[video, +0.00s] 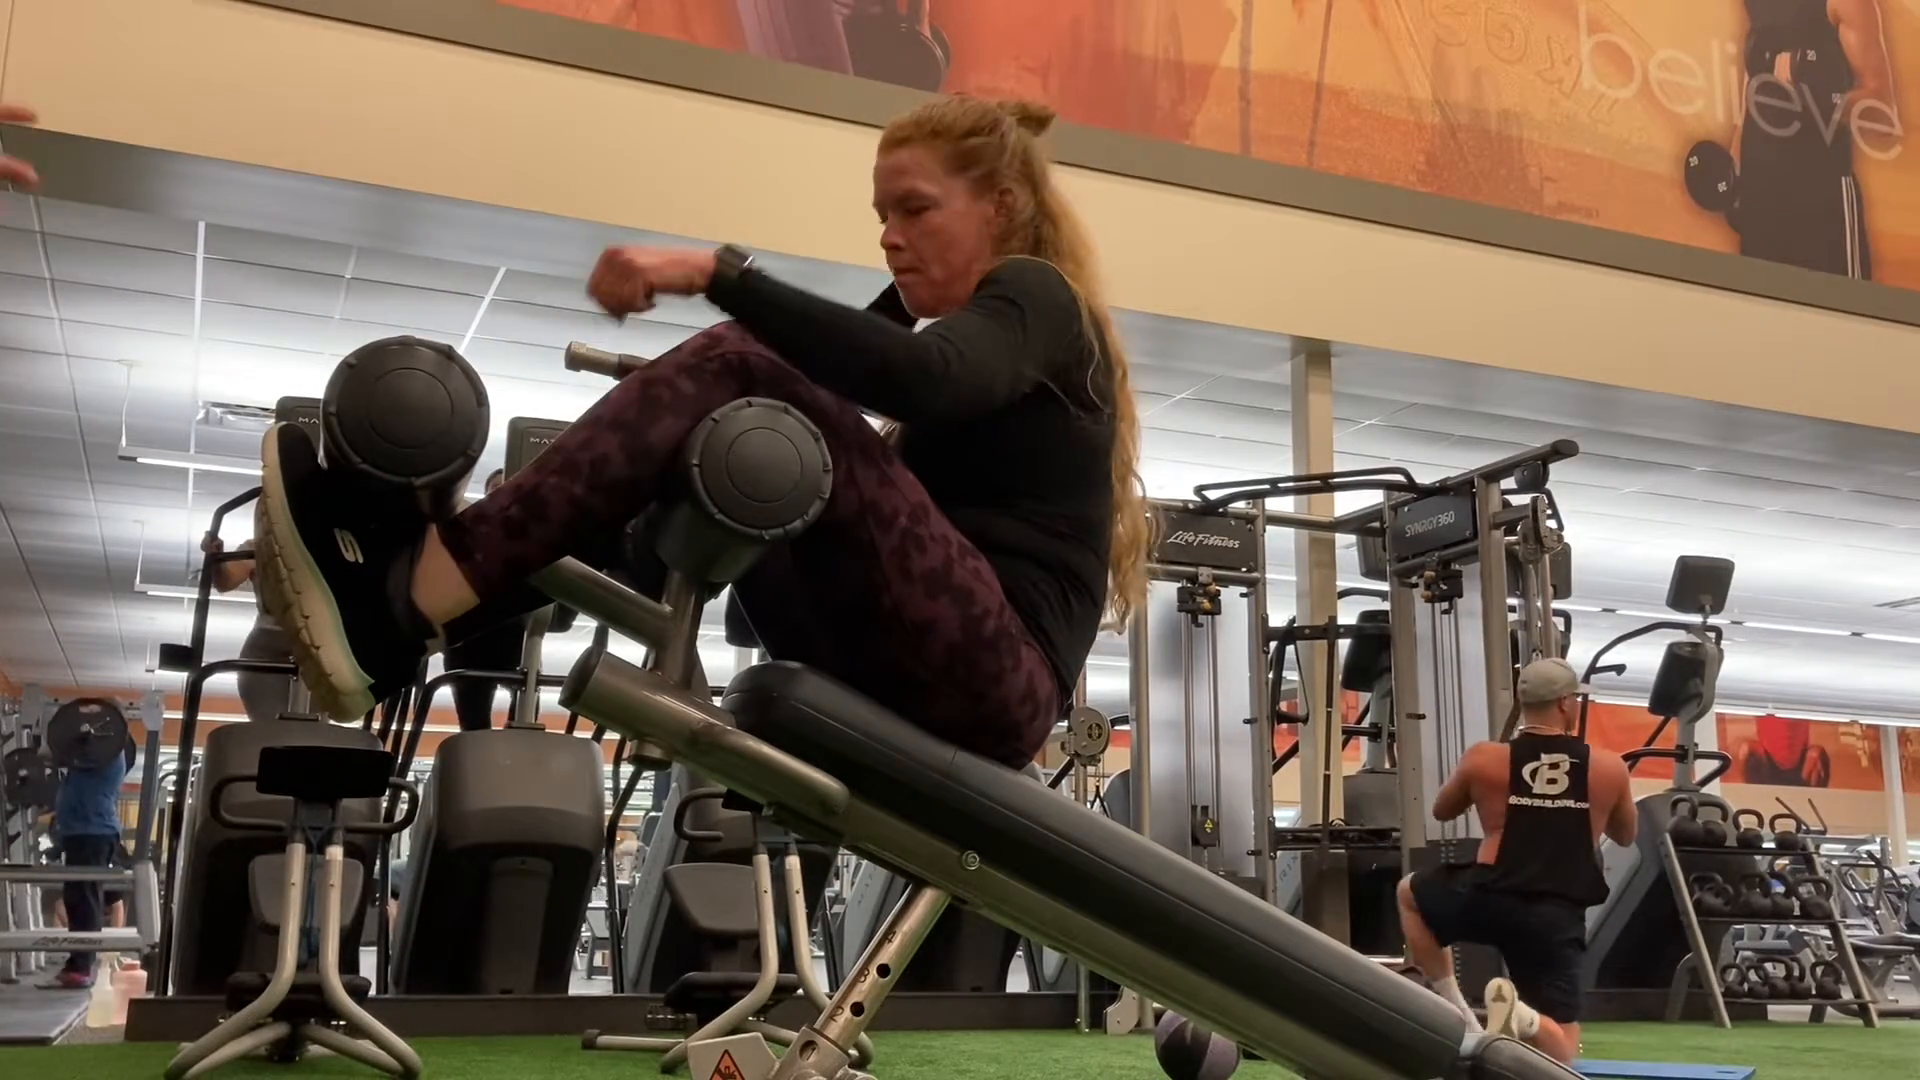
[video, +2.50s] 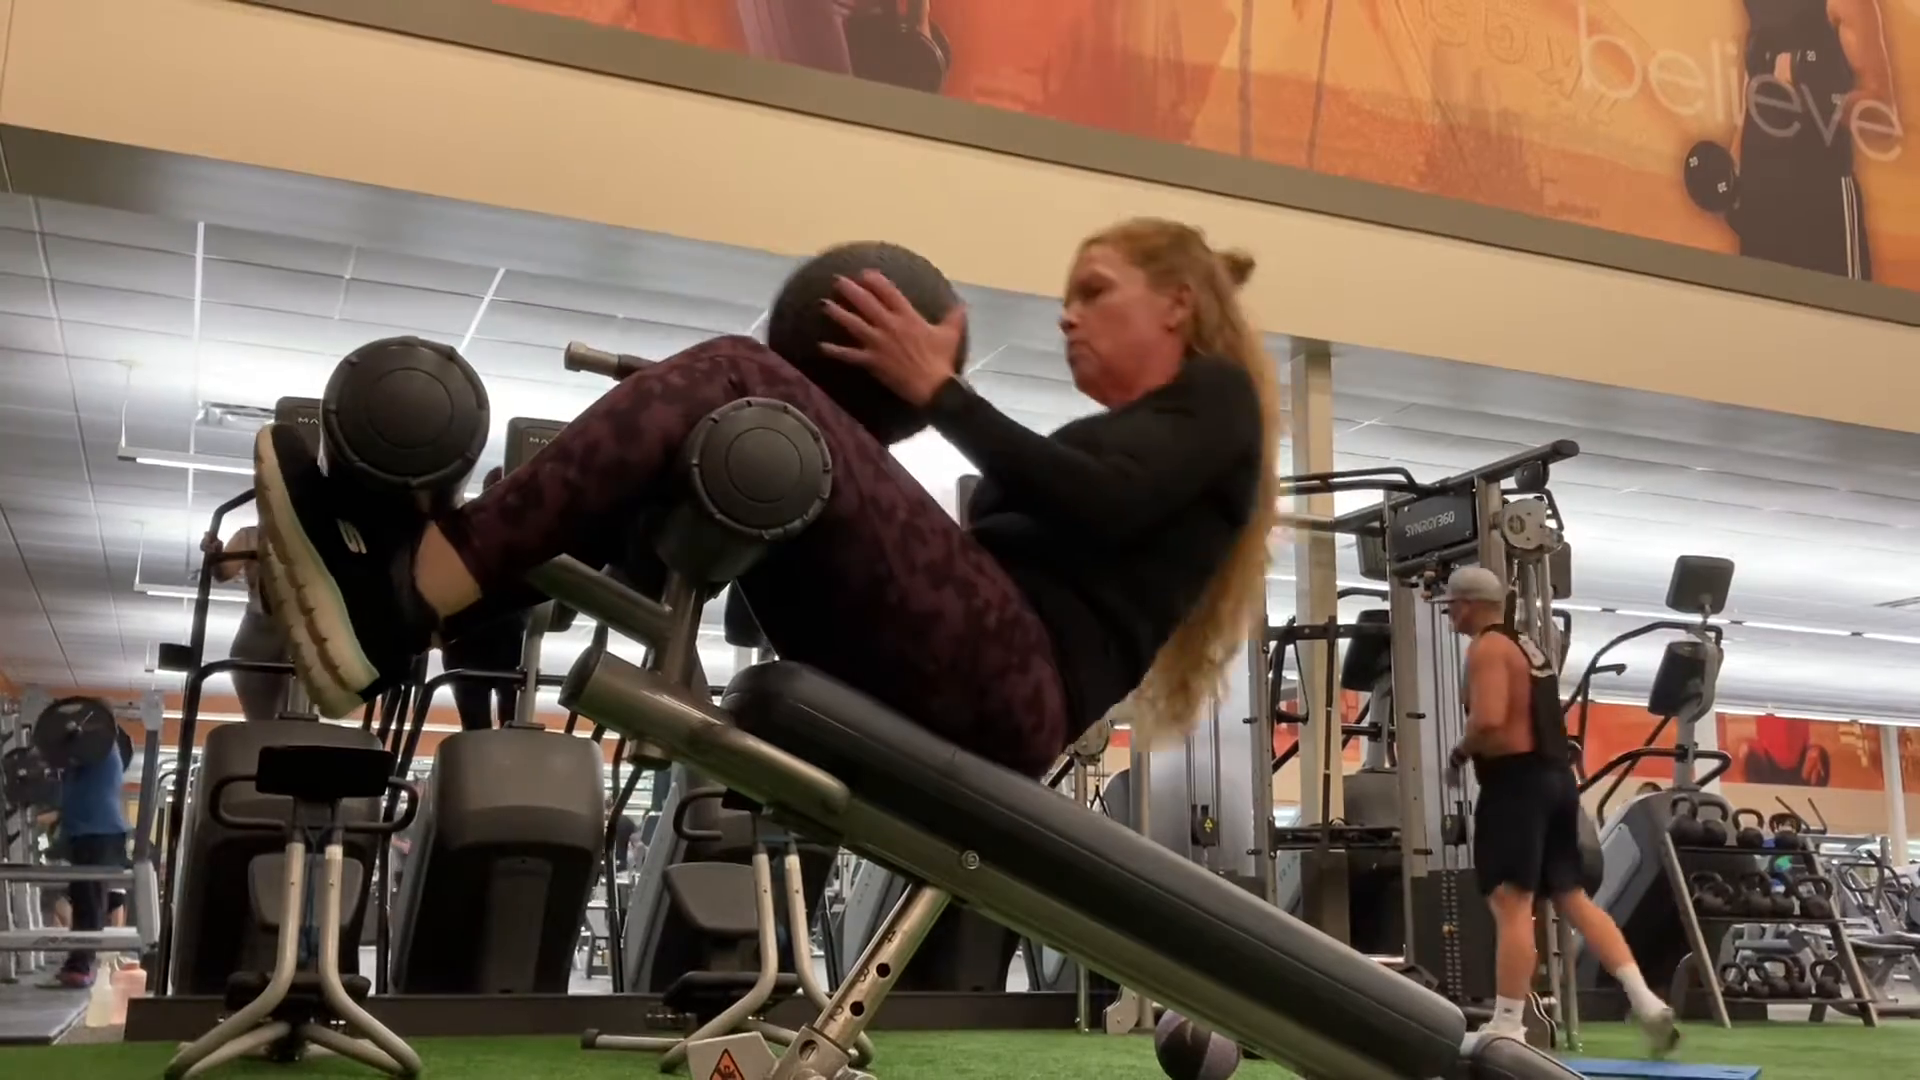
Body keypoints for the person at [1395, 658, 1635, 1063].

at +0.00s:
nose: (1578, 705)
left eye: (1577, 698)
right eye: (1575, 698)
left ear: (1522, 702)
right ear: (1565, 703)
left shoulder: (1484, 758)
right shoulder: (1608, 767)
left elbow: (1442, 810)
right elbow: (1625, 835)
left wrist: (1482, 783)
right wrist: (1591, 793)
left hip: (1488, 897)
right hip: (1556, 912)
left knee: (1410, 895)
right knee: (1566, 1049)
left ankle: (1455, 1009)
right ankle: (1520, 1015)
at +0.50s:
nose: (1549, 671)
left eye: (1547, 662)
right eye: (1545, 662)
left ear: (1495, 671)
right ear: (1528, 668)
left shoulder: (1458, 722)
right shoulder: (1573, 721)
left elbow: (1437, 789)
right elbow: (1613, 792)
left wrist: (1481, 768)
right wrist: (1582, 764)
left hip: (1467, 848)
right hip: (1531, 849)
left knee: (1478, 922)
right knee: (1542, 986)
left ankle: (1499, 1020)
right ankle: (1509, 1009)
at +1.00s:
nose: (1550, 593)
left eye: (1548, 586)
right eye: (1547, 586)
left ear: (1495, 592)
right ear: (1534, 587)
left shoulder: (1465, 647)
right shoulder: (1557, 632)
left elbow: (1464, 712)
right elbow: (1611, 695)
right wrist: (1600, 658)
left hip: (1488, 778)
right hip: (1550, 768)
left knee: (1501, 901)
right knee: (1640, 850)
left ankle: (1502, 1027)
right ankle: (1674, 966)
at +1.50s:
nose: (1597, 604)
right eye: (1604, 595)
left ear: (1563, 599)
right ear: (1609, 598)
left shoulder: (1538, 654)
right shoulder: (1649, 652)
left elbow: (1514, 730)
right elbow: (1666, 730)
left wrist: (1491, 794)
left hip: (1570, 795)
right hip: (1639, 794)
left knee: (1538, 900)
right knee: (1660, 911)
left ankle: (1513, 1027)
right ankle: (1683, 1039)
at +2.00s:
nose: (1554, 611)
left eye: (1556, 603)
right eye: (1557, 604)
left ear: (1566, 605)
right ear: (1600, 605)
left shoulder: (1577, 644)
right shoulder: (1631, 648)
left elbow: (1570, 716)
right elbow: (1668, 719)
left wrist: (1546, 775)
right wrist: (1660, 768)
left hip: (1599, 781)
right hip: (1652, 784)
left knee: (1552, 889)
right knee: (1663, 906)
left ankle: (1572, 1018)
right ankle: (1683, 1035)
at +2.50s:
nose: (1450, 613)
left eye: (1455, 605)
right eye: (1451, 605)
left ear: (1476, 607)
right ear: (1492, 606)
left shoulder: (1489, 647)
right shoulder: (1522, 647)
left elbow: (1488, 719)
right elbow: (1536, 724)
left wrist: (1462, 748)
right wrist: (1482, 741)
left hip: (1516, 784)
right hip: (1554, 782)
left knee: (1511, 904)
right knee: (1573, 899)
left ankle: (1507, 1027)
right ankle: (1647, 1004)